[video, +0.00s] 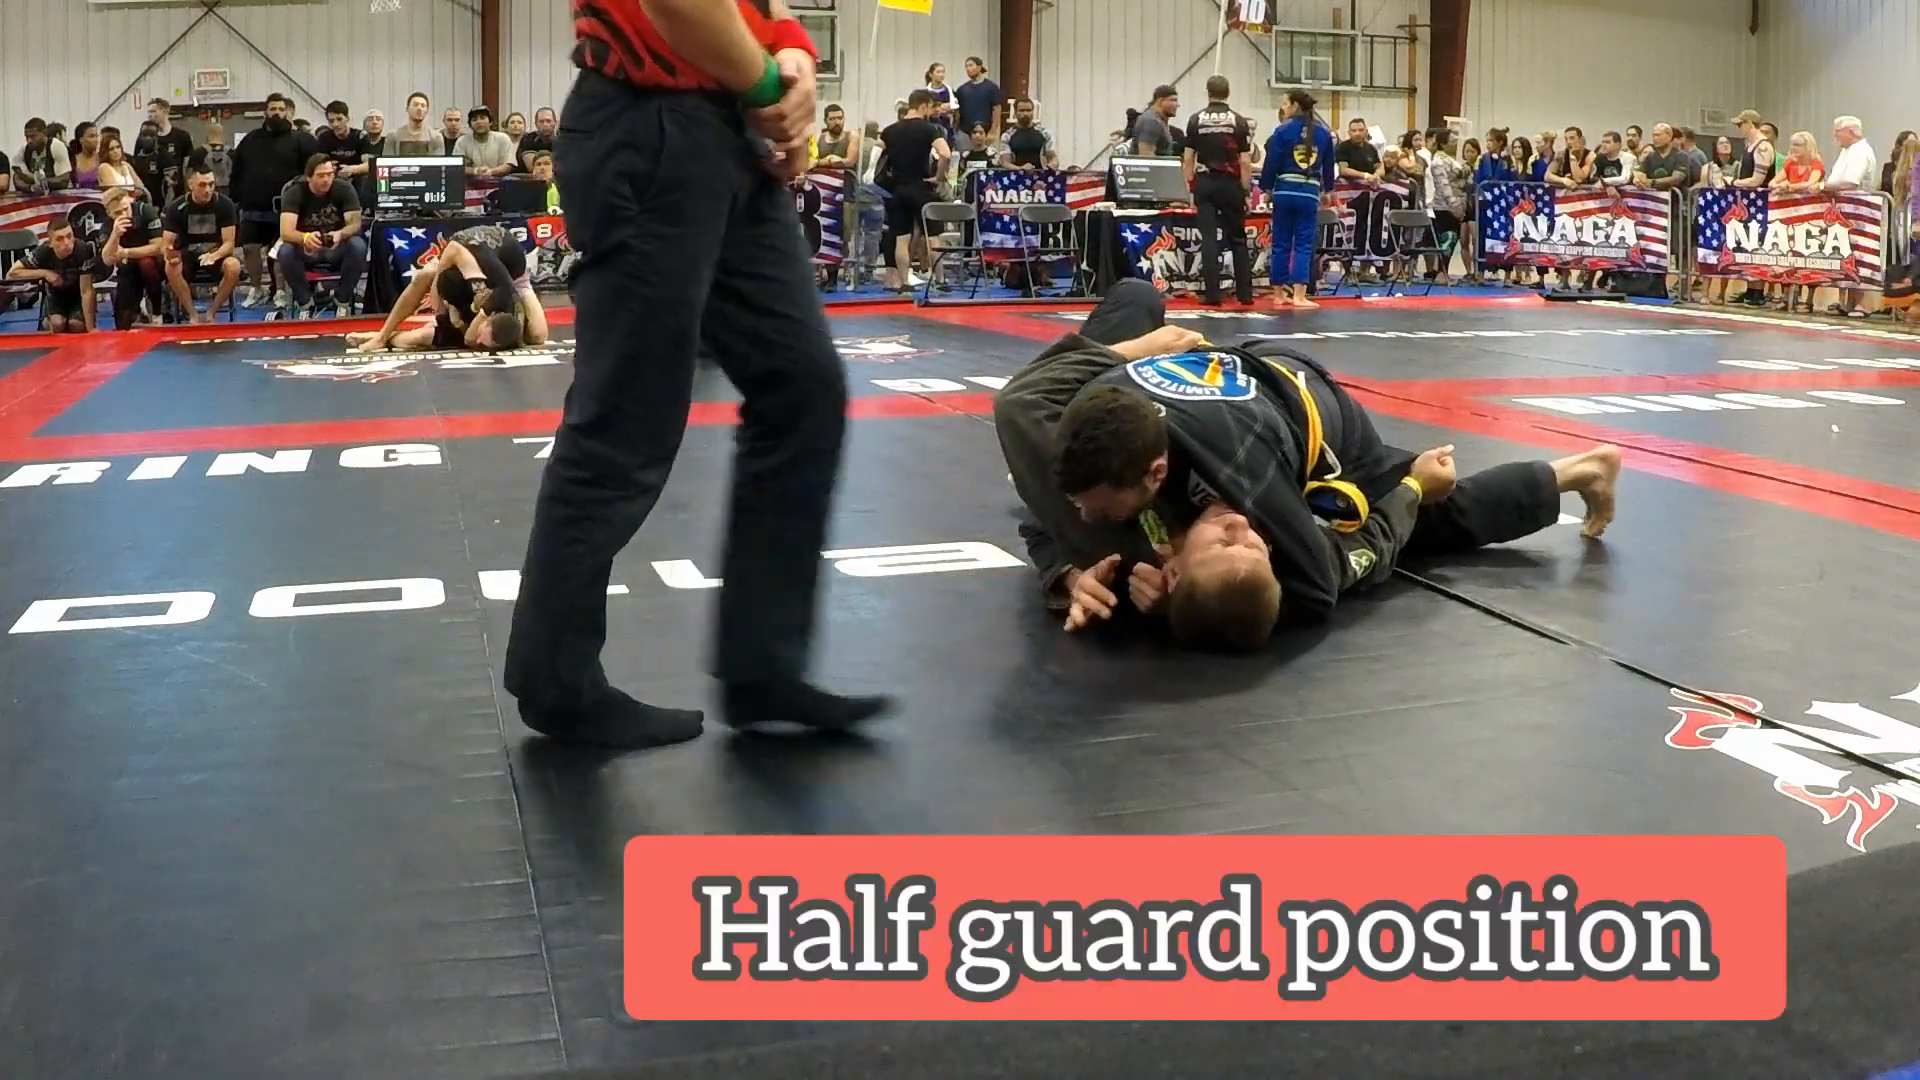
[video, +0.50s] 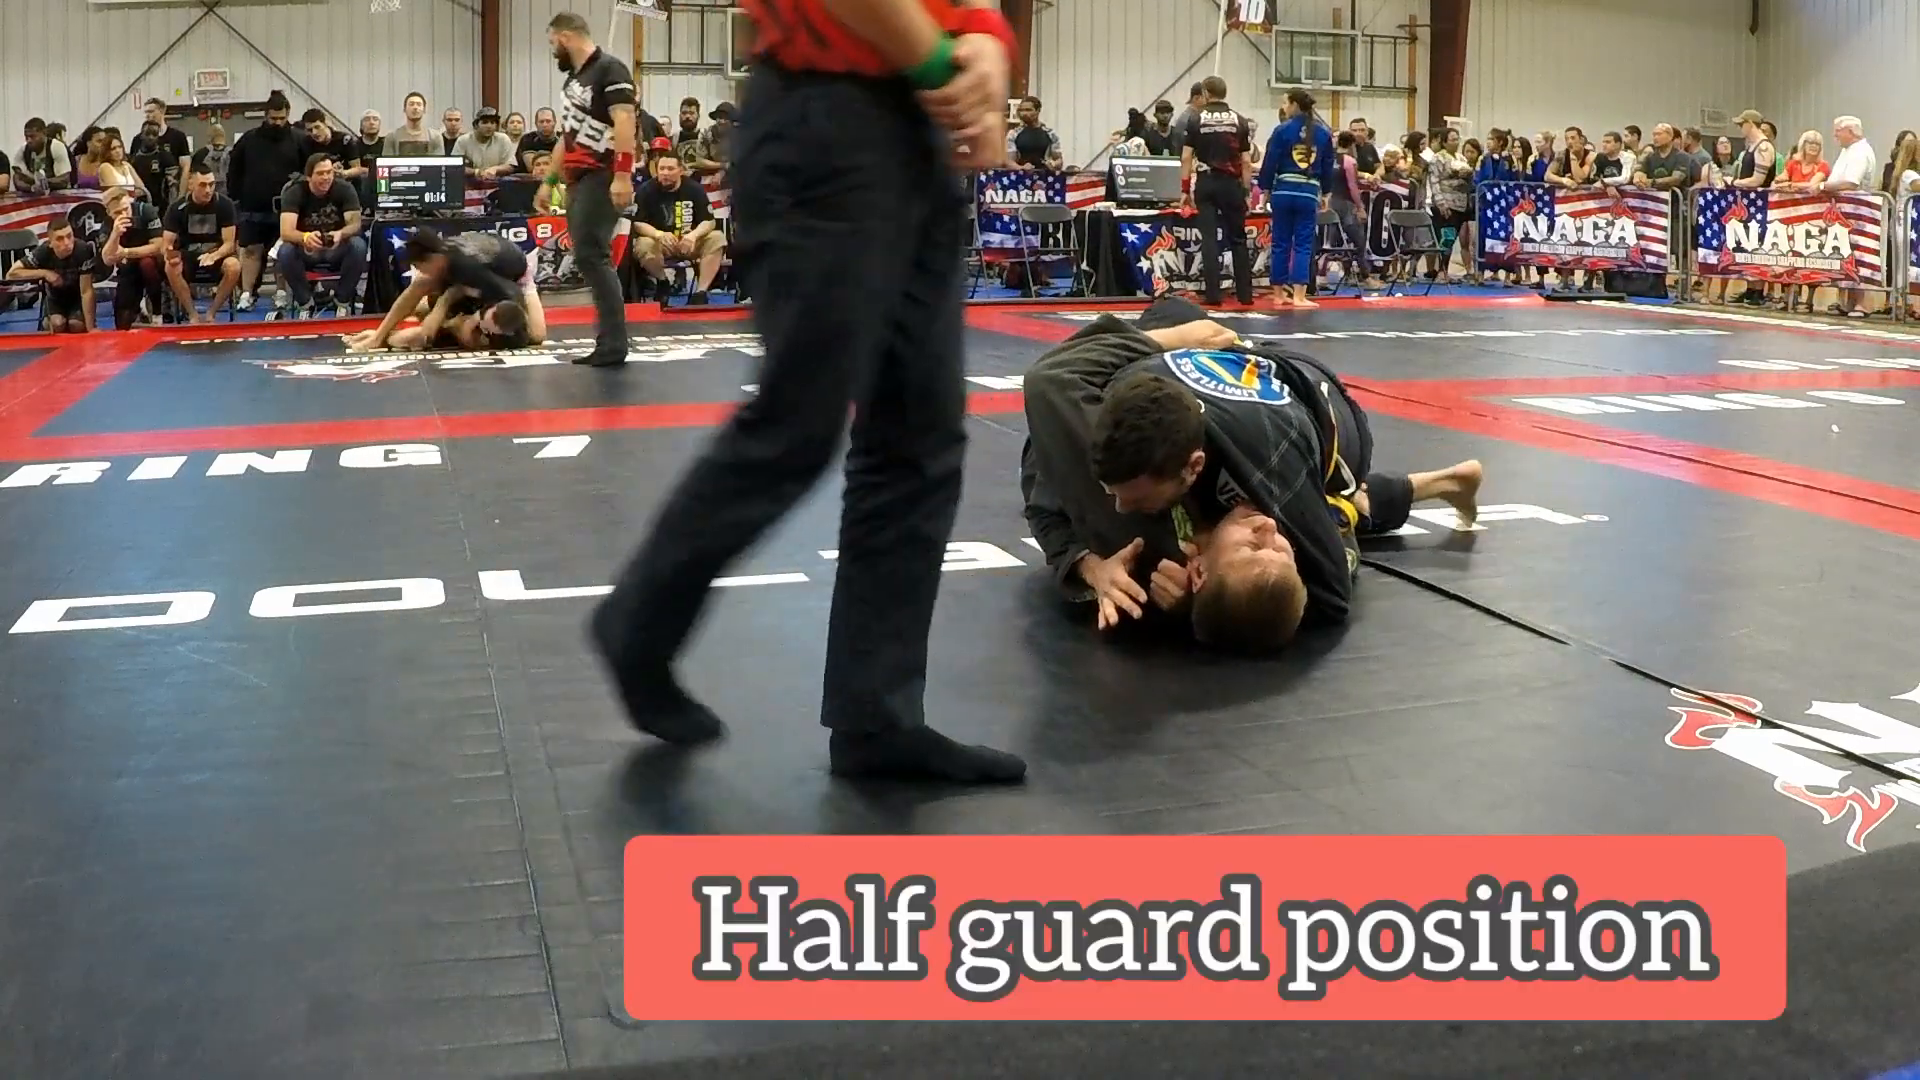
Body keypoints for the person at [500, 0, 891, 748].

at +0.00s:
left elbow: (755, 9)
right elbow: (672, 5)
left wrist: (798, 58)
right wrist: (768, 94)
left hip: (730, 123)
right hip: (644, 119)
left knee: (802, 392)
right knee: (621, 426)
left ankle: (761, 677)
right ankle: (556, 684)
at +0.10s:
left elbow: (794, 12)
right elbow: (684, 7)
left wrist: (823, 60)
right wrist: (786, 85)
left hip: (753, 127)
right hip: (663, 121)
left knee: (825, 404)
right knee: (631, 424)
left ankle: (839, 697)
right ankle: (559, 676)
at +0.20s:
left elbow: (835, 7)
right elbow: (705, 6)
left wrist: (855, 62)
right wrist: (813, 84)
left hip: (791, 124)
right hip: (690, 116)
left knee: (841, 421)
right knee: (646, 426)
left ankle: (875, 718)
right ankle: (565, 668)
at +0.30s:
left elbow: (885, 9)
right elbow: (756, 7)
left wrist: (904, 52)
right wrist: (862, 79)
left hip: (836, 128)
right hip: (733, 120)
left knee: (875, 432)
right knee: (680, 429)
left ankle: (875, 721)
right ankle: (576, 652)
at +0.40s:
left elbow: (906, 7)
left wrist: (939, 45)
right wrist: (891, 76)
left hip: (868, 119)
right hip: (766, 113)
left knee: (891, 439)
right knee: (715, 426)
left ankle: (875, 723)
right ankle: (591, 646)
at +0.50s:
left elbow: (972, 4)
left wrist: (989, 42)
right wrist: (950, 75)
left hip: (918, 120)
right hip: (821, 110)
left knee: (915, 446)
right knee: (796, 423)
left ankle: (874, 723)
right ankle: (634, 627)